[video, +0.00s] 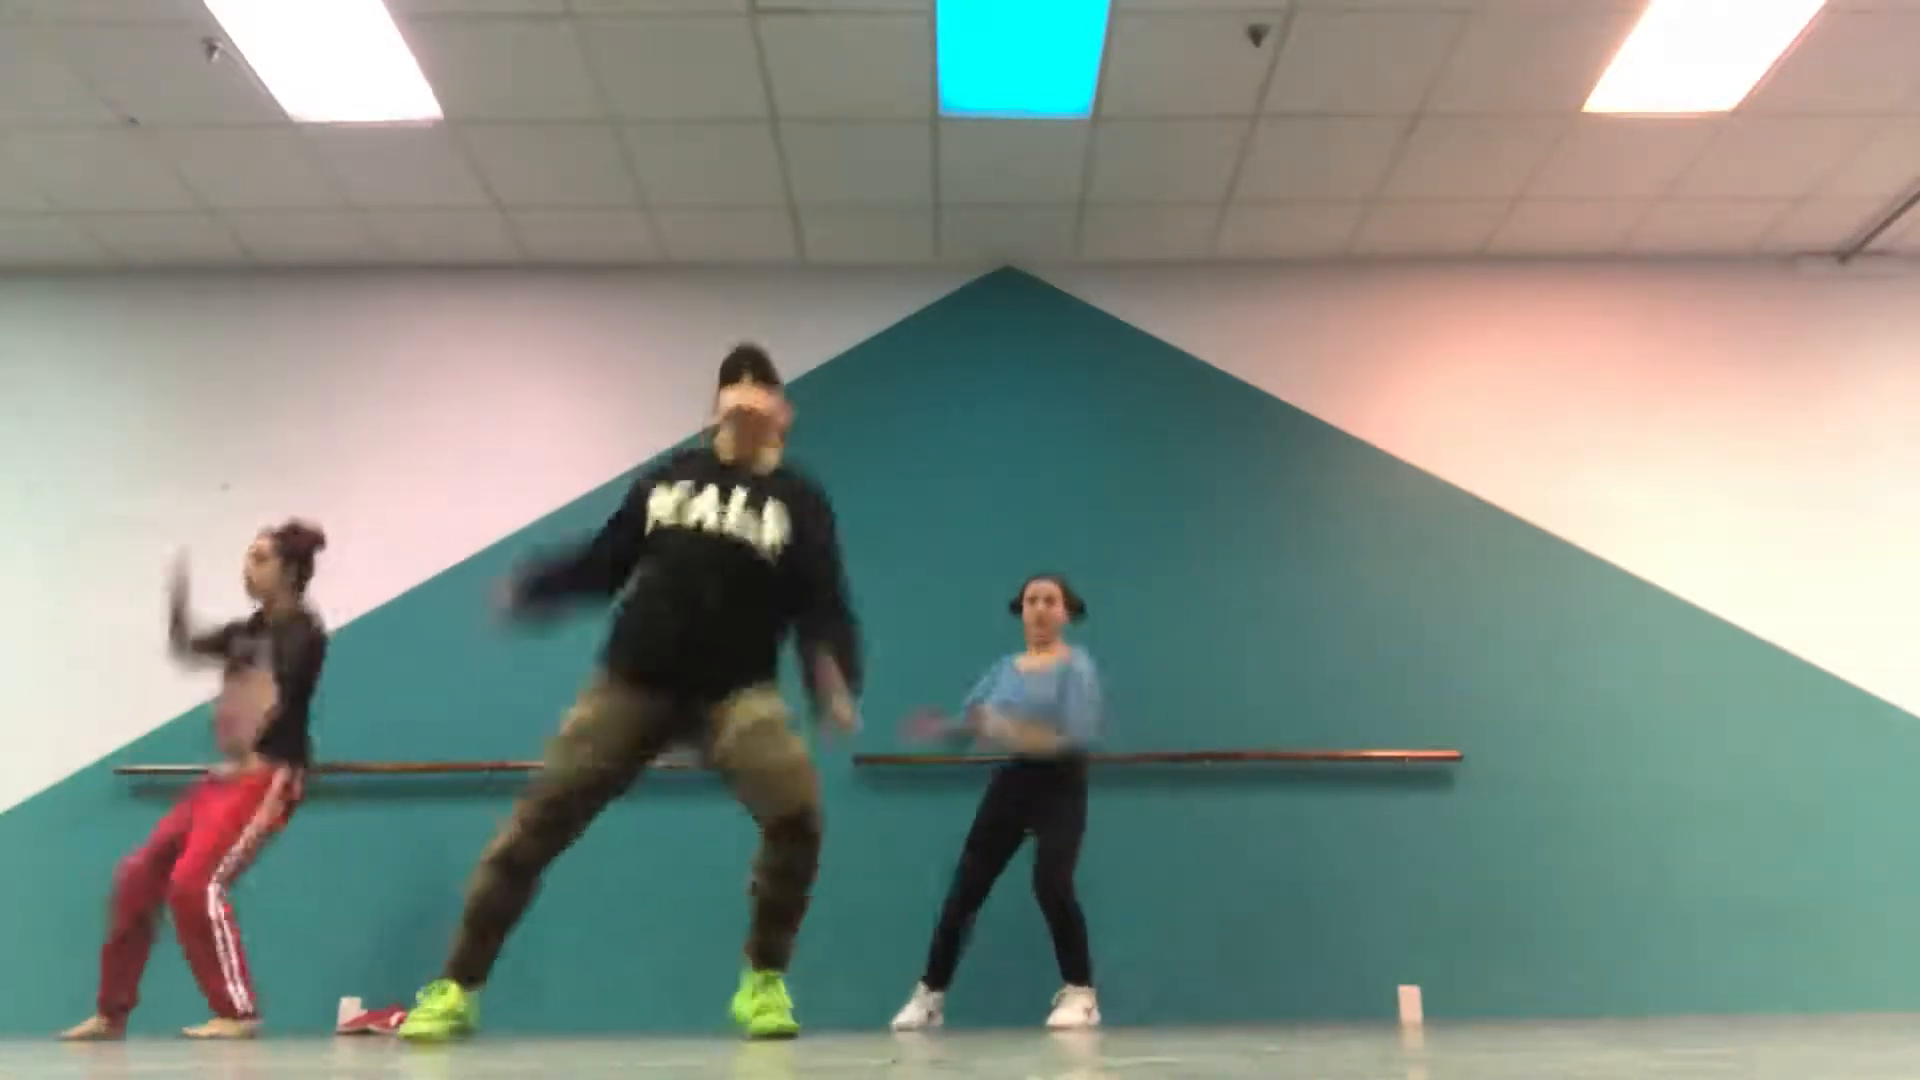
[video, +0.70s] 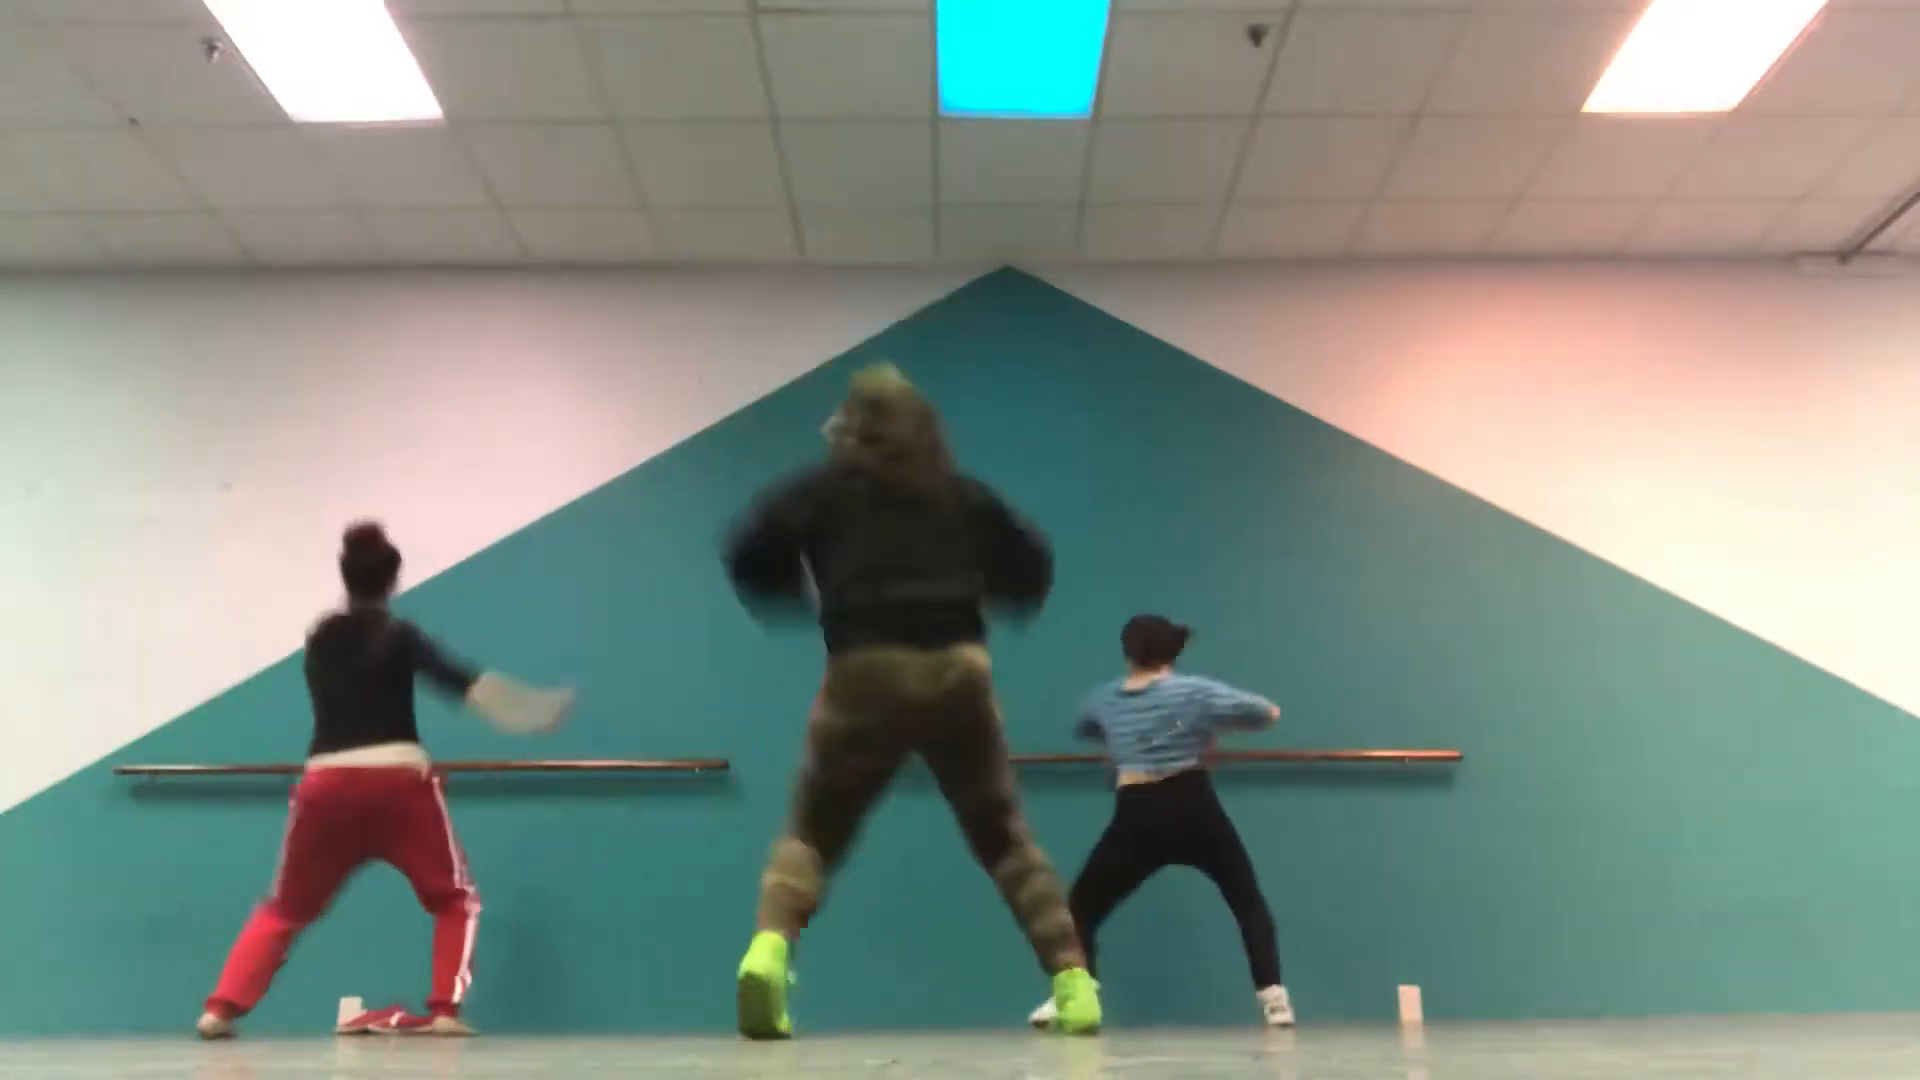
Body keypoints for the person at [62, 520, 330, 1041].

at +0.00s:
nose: (247, 568)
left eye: (259, 559)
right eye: (249, 558)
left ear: (289, 569)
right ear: (266, 569)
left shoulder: (302, 630)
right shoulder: (246, 630)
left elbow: (293, 696)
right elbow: (185, 647)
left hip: (271, 779)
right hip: (227, 776)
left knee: (196, 881)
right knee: (139, 873)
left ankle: (237, 1015)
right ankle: (111, 1016)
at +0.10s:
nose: (259, 547)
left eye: (269, 539)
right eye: (261, 539)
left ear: (297, 546)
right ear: (291, 546)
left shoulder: (305, 594)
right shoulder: (288, 594)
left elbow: (232, 551)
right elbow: (227, 557)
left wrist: (215, 491)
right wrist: (182, 509)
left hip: (285, 740)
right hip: (281, 739)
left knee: (220, 869)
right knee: (203, 861)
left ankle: (248, 1003)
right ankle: (160, 991)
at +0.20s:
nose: (269, 544)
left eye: (278, 536)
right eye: (272, 537)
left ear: (308, 544)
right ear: (323, 545)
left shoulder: (289, 581)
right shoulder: (347, 595)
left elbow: (230, 517)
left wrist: (214, 446)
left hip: (282, 741)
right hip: (330, 748)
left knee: (237, 874)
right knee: (267, 858)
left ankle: (248, 1005)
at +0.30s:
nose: (286, 543)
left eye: (291, 536)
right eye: (292, 535)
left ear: (301, 540)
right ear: (341, 544)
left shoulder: (283, 579)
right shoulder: (361, 595)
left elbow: (241, 539)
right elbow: (407, 618)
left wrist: (248, 508)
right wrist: (420, 597)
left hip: (283, 740)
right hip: (348, 746)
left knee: (244, 880)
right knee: (339, 859)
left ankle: (247, 1011)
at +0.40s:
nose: (349, 540)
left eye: (336, 529)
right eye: (362, 532)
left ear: (321, 532)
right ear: (369, 536)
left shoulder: (288, 583)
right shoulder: (380, 595)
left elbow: (271, 609)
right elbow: (426, 661)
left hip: (291, 739)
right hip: (364, 740)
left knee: (263, 875)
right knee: (399, 856)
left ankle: (242, 1006)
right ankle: (422, 957)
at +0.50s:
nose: (393, 566)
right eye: (393, 559)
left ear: (345, 557)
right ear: (392, 563)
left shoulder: (318, 612)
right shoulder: (390, 622)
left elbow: (318, 686)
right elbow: (415, 712)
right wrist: (440, 776)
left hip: (314, 756)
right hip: (381, 757)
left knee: (280, 887)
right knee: (429, 885)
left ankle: (221, 1002)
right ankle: (446, 1001)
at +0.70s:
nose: (381, 581)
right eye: (388, 574)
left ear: (344, 577)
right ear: (393, 579)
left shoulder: (319, 638)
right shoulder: (398, 635)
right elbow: (467, 682)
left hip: (327, 786)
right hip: (400, 784)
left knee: (285, 907)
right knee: (453, 899)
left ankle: (221, 1007)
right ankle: (446, 1008)